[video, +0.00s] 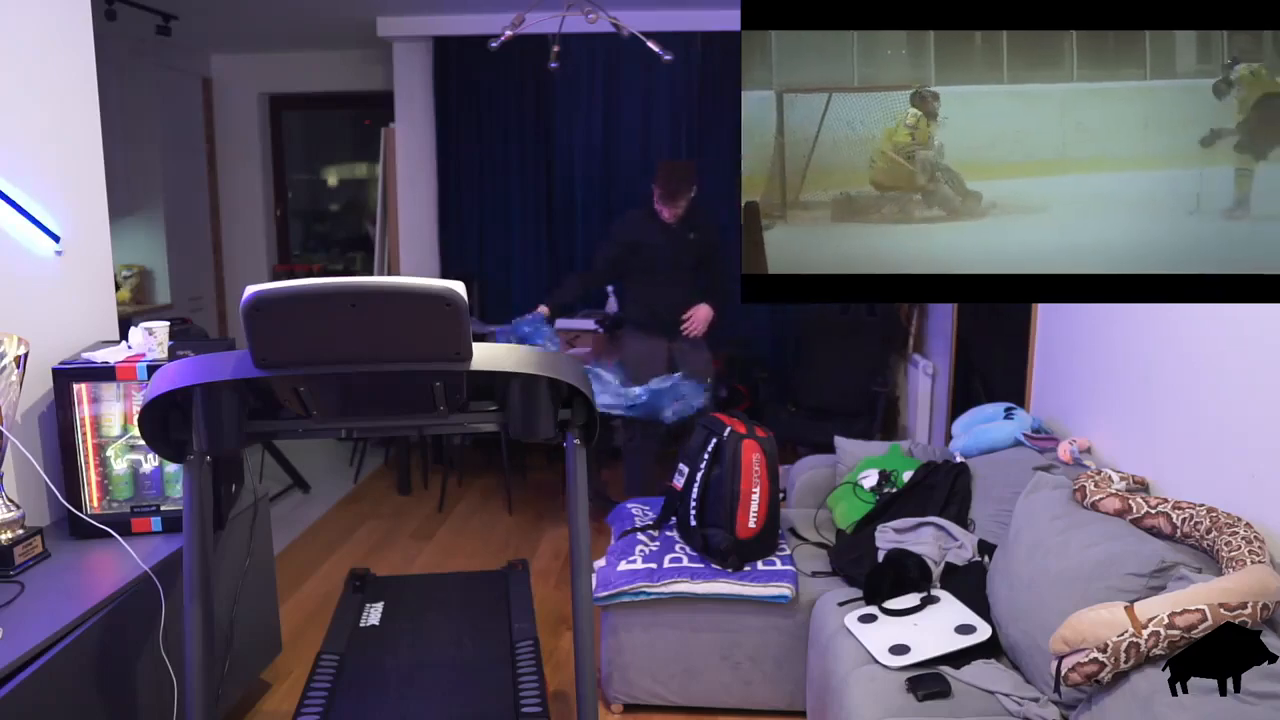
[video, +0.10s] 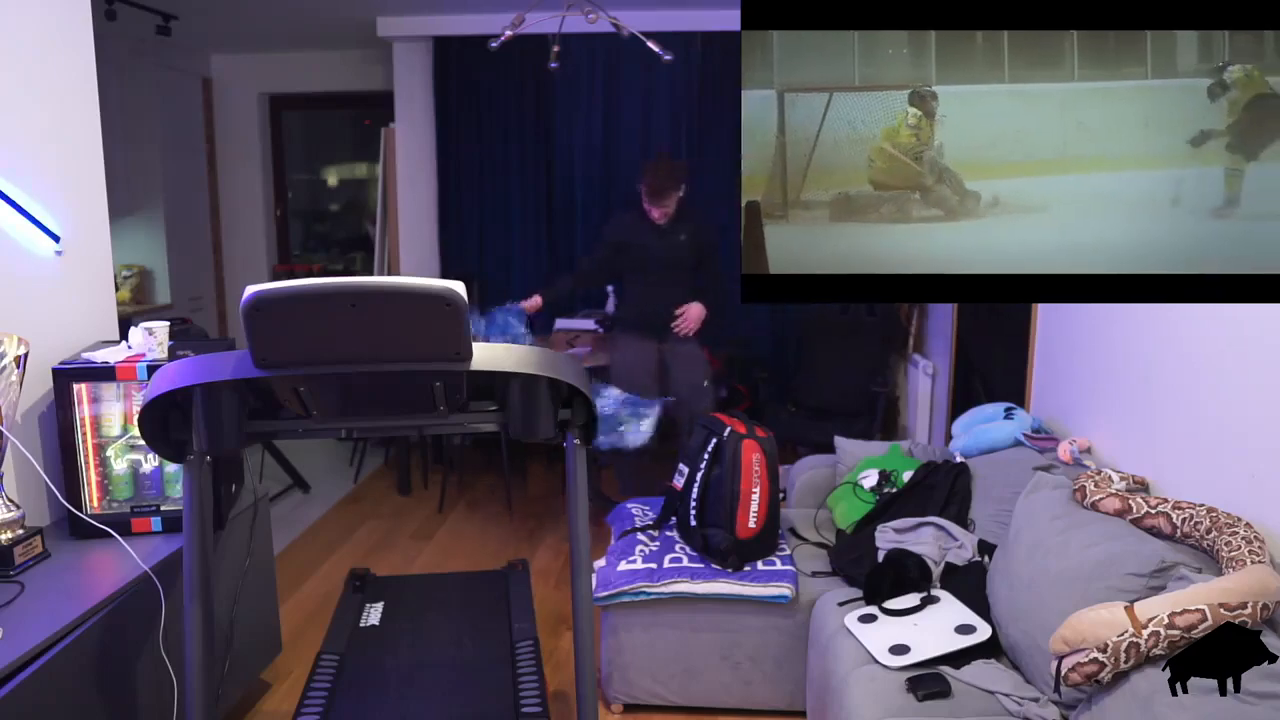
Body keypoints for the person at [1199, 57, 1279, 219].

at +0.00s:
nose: (1226, 96)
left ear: (1230, 72)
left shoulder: (1242, 70)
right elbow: (1246, 127)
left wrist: (1227, 83)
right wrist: (1220, 133)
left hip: (1269, 108)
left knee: (1244, 152)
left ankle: (1242, 205)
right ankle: (1242, 204)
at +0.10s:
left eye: (1217, 79)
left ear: (1222, 73)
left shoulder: (1235, 70)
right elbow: (1234, 127)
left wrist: (1222, 85)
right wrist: (1209, 134)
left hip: (1263, 108)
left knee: (1235, 151)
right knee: (1238, 152)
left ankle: (1231, 203)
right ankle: (1232, 202)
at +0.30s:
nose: (1201, 92)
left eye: (1200, 88)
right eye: (1200, 90)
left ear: (1202, 80)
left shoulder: (1211, 76)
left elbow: (1226, 88)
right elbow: (1211, 131)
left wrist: (1214, 101)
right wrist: (1184, 140)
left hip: (1240, 110)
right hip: (1257, 113)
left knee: (1211, 150)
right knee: (1217, 153)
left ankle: (1205, 199)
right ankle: (1207, 198)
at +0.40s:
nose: (1189, 95)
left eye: (1189, 90)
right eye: (1188, 93)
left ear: (1193, 83)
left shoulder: (1201, 80)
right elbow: (1200, 130)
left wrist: (1207, 109)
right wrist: (1173, 140)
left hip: (1229, 114)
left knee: (1200, 153)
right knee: (1205, 155)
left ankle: (1190, 200)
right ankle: (1193, 200)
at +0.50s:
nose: (1182, 99)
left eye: (1181, 94)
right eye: (1180, 96)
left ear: (1185, 86)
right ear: (1191, 81)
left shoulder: (1193, 85)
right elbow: (1195, 129)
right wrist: (1166, 140)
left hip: (1222, 117)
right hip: (1238, 119)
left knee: (1191, 153)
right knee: (1198, 157)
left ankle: (1180, 201)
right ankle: (1184, 200)